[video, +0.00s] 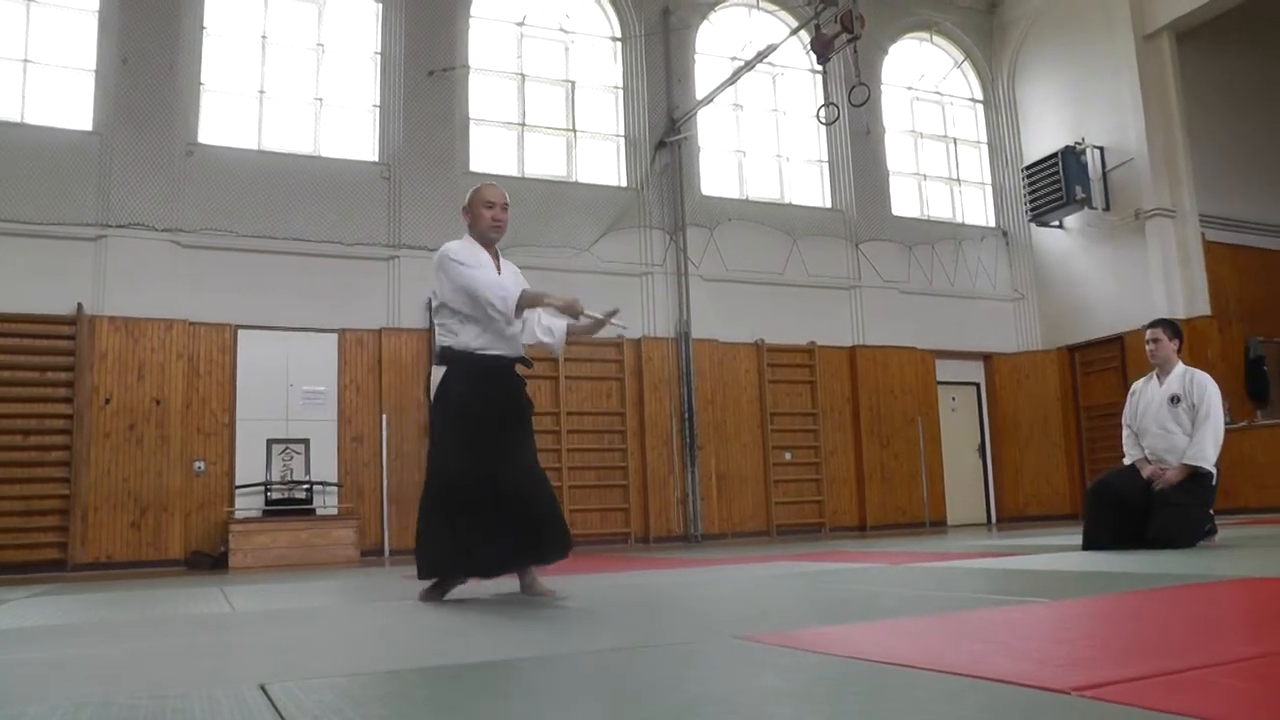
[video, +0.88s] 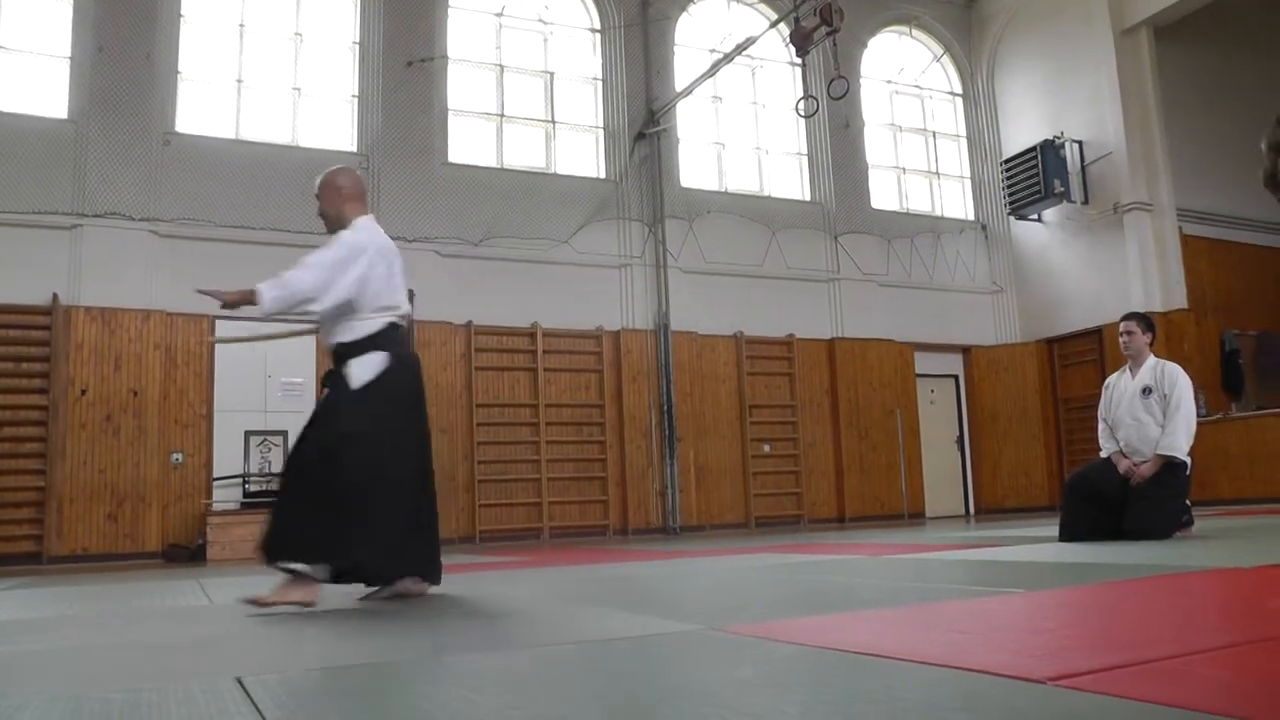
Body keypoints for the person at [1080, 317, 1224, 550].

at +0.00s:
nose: (1150, 348)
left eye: (1156, 341)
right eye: (1147, 342)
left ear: (1175, 344)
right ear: (1144, 347)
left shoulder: (1199, 382)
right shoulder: (1138, 389)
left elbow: (1209, 432)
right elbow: (1128, 432)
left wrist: (1181, 471)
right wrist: (1143, 465)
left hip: (1190, 476)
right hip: (1146, 473)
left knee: (1164, 538)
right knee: (1101, 493)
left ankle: (1204, 522)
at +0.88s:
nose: (1123, 339)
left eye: (1130, 333)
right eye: (1121, 335)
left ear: (1148, 338)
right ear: (1118, 340)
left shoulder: (1170, 373)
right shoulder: (1111, 383)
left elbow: (1181, 423)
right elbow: (1103, 427)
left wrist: (1154, 464)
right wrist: (1119, 459)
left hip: (1165, 467)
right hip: (1121, 466)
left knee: (1139, 529)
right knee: (1079, 486)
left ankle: (1182, 513)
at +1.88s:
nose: (1132, 371)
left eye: (1138, 365)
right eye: (1128, 366)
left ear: (1156, 368)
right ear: (1125, 371)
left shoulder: (1179, 405)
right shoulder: (1119, 414)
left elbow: (1189, 457)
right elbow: (1111, 459)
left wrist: (1161, 496)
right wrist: (1126, 492)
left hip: (1172, 499)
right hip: (1128, 497)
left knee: (1148, 560)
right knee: (1086, 517)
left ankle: (1189, 544)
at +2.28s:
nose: (1134, 379)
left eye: (1140, 373)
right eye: (1131, 375)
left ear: (1158, 377)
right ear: (1128, 380)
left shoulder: (1181, 415)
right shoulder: (1121, 422)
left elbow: (1191, 467)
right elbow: (1113, 468)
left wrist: (1162, 506)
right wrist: (1127, 501)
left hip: (1174, 509)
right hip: (1130, 506)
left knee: (1147, 569)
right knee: (1086, 526)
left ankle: (1190, 553)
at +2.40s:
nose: (1134, 381)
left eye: (1141, 375)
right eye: (1131, 376)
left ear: (1159, 379)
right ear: (1128, 381)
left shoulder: (1182, 417)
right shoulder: (1121, 424)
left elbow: (1191, 469)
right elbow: (1113, 469)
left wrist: (1162, 507)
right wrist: (1128, 503)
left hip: (1174, 509)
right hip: (1130, 507)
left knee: (1150, 572)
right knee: (1086, 528)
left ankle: (1191, 556)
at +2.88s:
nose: (1135, 386)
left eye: (1142, 380)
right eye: (1132, 381)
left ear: (1160, 385)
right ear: (1129, 386)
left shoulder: (1183, 422)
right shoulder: (1123, 430)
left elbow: (1193, 474)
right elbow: (1114, 475)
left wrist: (1164, 513)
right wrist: (1130, 508)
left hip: (1176, 514)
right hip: (1131, 513)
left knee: (1152, 576)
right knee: (1089, 533)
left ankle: (1193, 561)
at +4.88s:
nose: (1137, 406)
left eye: (1143, 400)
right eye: (1134, 401)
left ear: (1161, 405)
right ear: (1131, 407)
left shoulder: (1183, 441)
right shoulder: (1123, 450)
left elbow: (1195, 492)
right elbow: (1116, 495)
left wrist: (1166, 533)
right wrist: (1132, 528)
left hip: (1179, 534)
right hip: (1134, 533)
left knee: (1157, 598)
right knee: (1094, 553)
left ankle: (1198, 581)